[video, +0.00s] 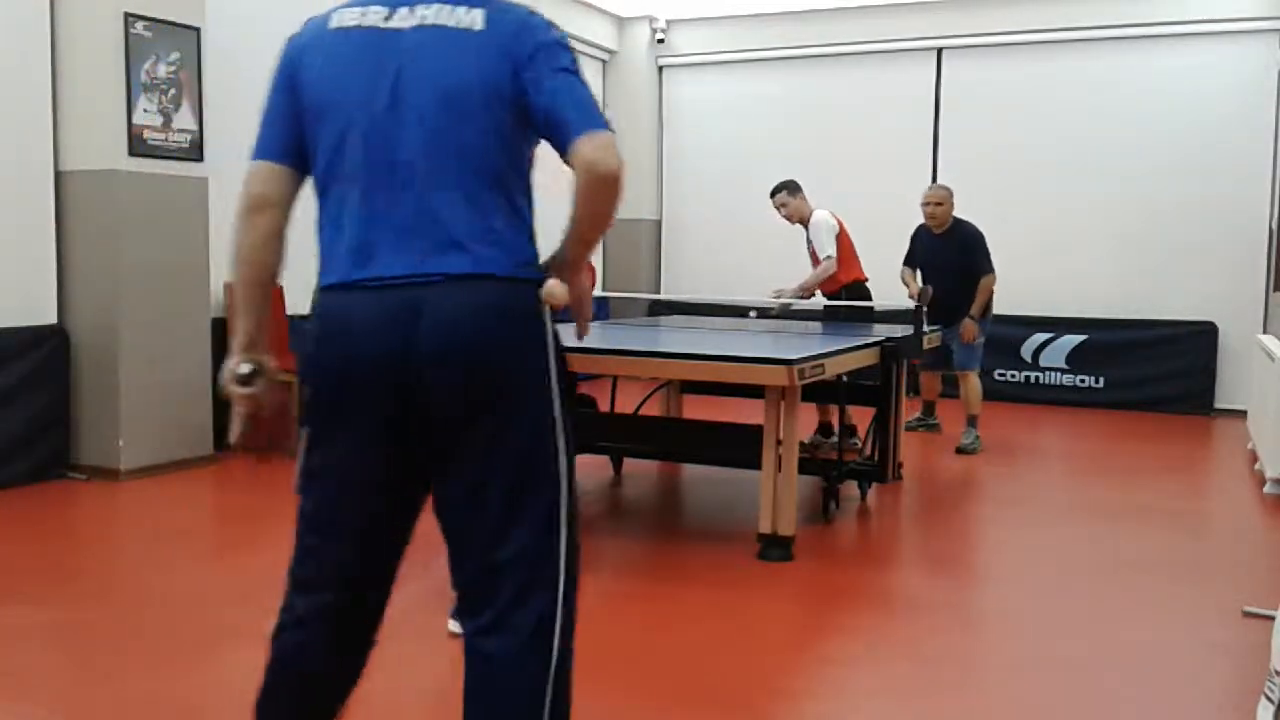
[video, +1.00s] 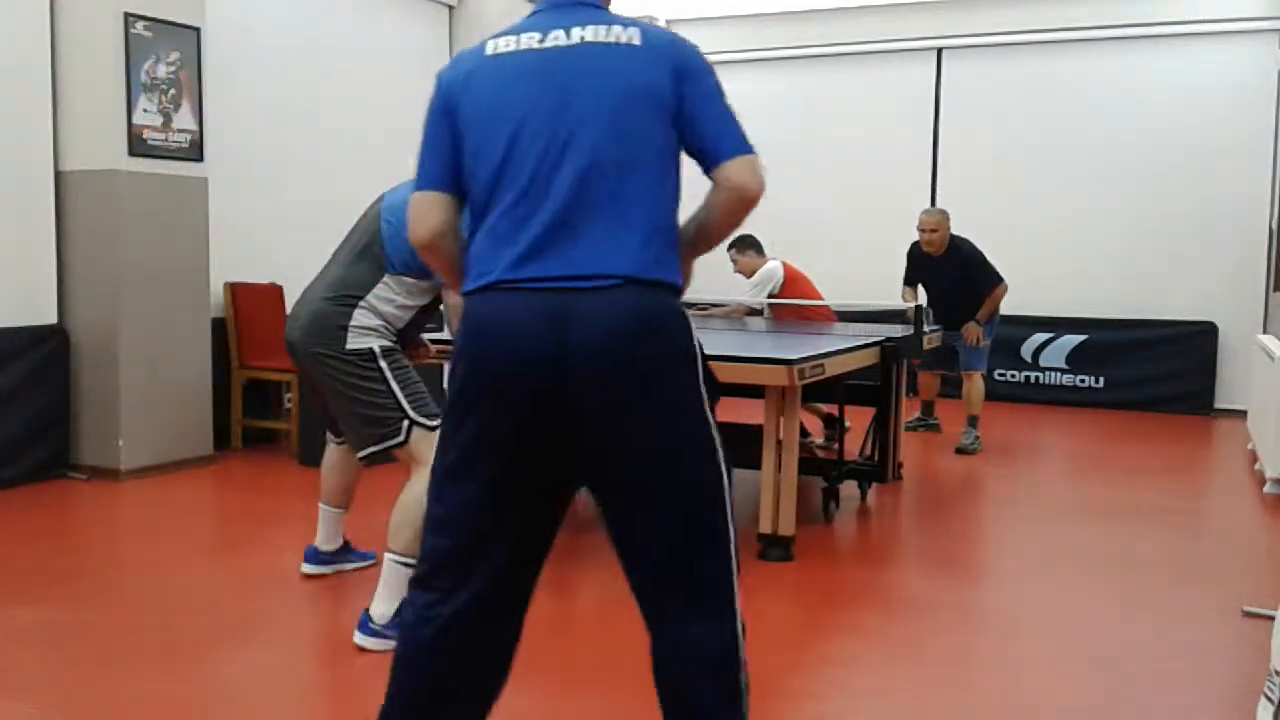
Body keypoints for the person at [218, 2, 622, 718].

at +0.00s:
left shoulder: (313, 42)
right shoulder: (516, 28)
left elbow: (262, 199)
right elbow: (600, 164)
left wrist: (246, 349)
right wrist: (570, 262)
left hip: (354, 332)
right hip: (491, 330)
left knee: (331, 592)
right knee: (515, 597)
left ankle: (287, 709)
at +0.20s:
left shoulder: (350, 29)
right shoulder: (558, 25)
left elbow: (293, 192)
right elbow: (623, 191)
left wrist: (301, 340)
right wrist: (584, 239)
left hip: (368, 320)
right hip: (504, 322)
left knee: (371, 582)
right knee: (521, 588)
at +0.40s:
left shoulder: (345, 41)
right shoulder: (545, 25)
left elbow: (289, 198)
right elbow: (611, 183)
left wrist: (337, 318)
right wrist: (568, 237)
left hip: (380, 325)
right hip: (514, 322)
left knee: (381, 593)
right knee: (537, 591)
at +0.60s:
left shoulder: (348, 57)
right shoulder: (536, 24)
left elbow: (309, 215)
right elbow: (591, 169)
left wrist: (374, 302)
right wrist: (564, 244)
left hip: (395, 329)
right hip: (526, 321)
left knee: (401, 591)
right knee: (601, 578)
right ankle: (609, 706)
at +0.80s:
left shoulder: (398, 69)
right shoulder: (588, 38)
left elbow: (361, 234)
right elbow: (651, 173)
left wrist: (435, 291)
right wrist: (611, 247)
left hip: (444, 335)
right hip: (572, 332)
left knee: (420, 595)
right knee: (633, 581)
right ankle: (686, 707)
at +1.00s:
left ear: (531, 3)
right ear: (607, 1)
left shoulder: (464, 69)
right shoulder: (665, 49)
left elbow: (429, 226)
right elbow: (742, 180)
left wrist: (484, 291)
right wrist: (679, 249)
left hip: (503, 337)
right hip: (637, 333)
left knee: (461, 587)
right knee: (688, 587)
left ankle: (417, 714)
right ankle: (709, 712)